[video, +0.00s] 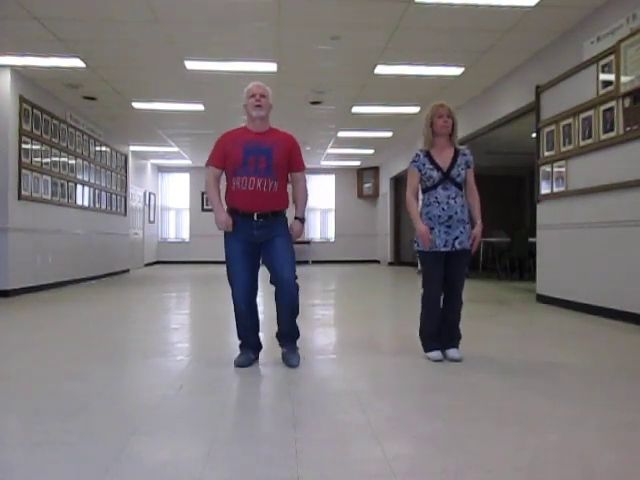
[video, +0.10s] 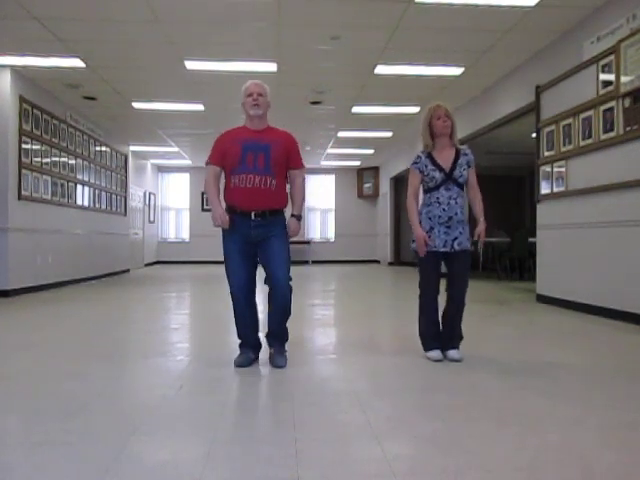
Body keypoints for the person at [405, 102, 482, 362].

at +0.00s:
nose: (445, 121)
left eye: (448, 117)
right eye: (439, 117)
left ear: (453, 123)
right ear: (430, 124)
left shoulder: (464, 156)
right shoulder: (420, 158)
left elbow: (471, 190)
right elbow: (410, 195)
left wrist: (478, 222)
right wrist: (419, 224)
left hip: (460, 231)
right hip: (432, 231)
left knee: (454, 291)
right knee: (433, 290)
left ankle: (451, 343)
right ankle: (432, 344)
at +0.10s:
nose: (443, 121)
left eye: (446, 117)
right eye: (437, 119)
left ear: (453, 123)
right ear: (429, 126)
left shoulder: (465, 155)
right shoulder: (422, 159)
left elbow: (473, 189)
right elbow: (411, 197)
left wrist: (481, 219)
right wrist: (416, 229)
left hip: (458, 230)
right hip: (429, 230)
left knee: (458, 290)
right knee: (429, 290)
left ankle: (452, 343)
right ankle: (431, 344)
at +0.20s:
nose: (444, 123)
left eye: (447, 120)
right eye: (438, 121)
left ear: (452, 126)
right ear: (430, 129)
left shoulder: (466, 158)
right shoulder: (423, 162)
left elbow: (475, 192)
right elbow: (412, 201)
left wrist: (485, 220)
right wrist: (416, 233)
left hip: (458, 232)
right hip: (429, 232)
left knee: (461, 289)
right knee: (426, 291)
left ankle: (451, 343)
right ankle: (430, 343)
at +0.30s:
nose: (446, 123)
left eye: (448, 119)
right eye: (440, 120)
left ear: (454, 125)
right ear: (431, 128)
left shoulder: (467, 157)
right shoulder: (425, 161)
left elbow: (477, 191)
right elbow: (413, 198)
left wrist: (487, 216)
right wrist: (416, 231)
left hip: (458, 232)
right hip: (429, 232)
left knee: (459, 290)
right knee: (427, 291)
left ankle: (451, 344)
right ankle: (430, 343)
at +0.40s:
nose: (448, 119)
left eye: (450, 116)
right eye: (442, 117)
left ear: (456, 122)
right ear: (433, 125)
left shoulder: (468, 155)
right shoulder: (426, 157)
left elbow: (477, 189)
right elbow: (415, 195)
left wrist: (488, 215)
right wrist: (418, 229)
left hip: (460, 230)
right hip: (432, 230)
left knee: (456, 290)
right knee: (431, 289)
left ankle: (451, 343)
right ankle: (431, 343)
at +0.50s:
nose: (450, 119)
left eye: (453, 115)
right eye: (444, 116)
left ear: (458, 122)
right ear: (435, 123)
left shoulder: (467, 155)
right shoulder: (426, 155)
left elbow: (476, 191)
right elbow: (415, 193)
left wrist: (486, 219)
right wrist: (422, 225)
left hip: (460, 229)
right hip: (433, 230)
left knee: (455, 290)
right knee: (434, 289)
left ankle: (451, 343)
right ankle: (431, 343)